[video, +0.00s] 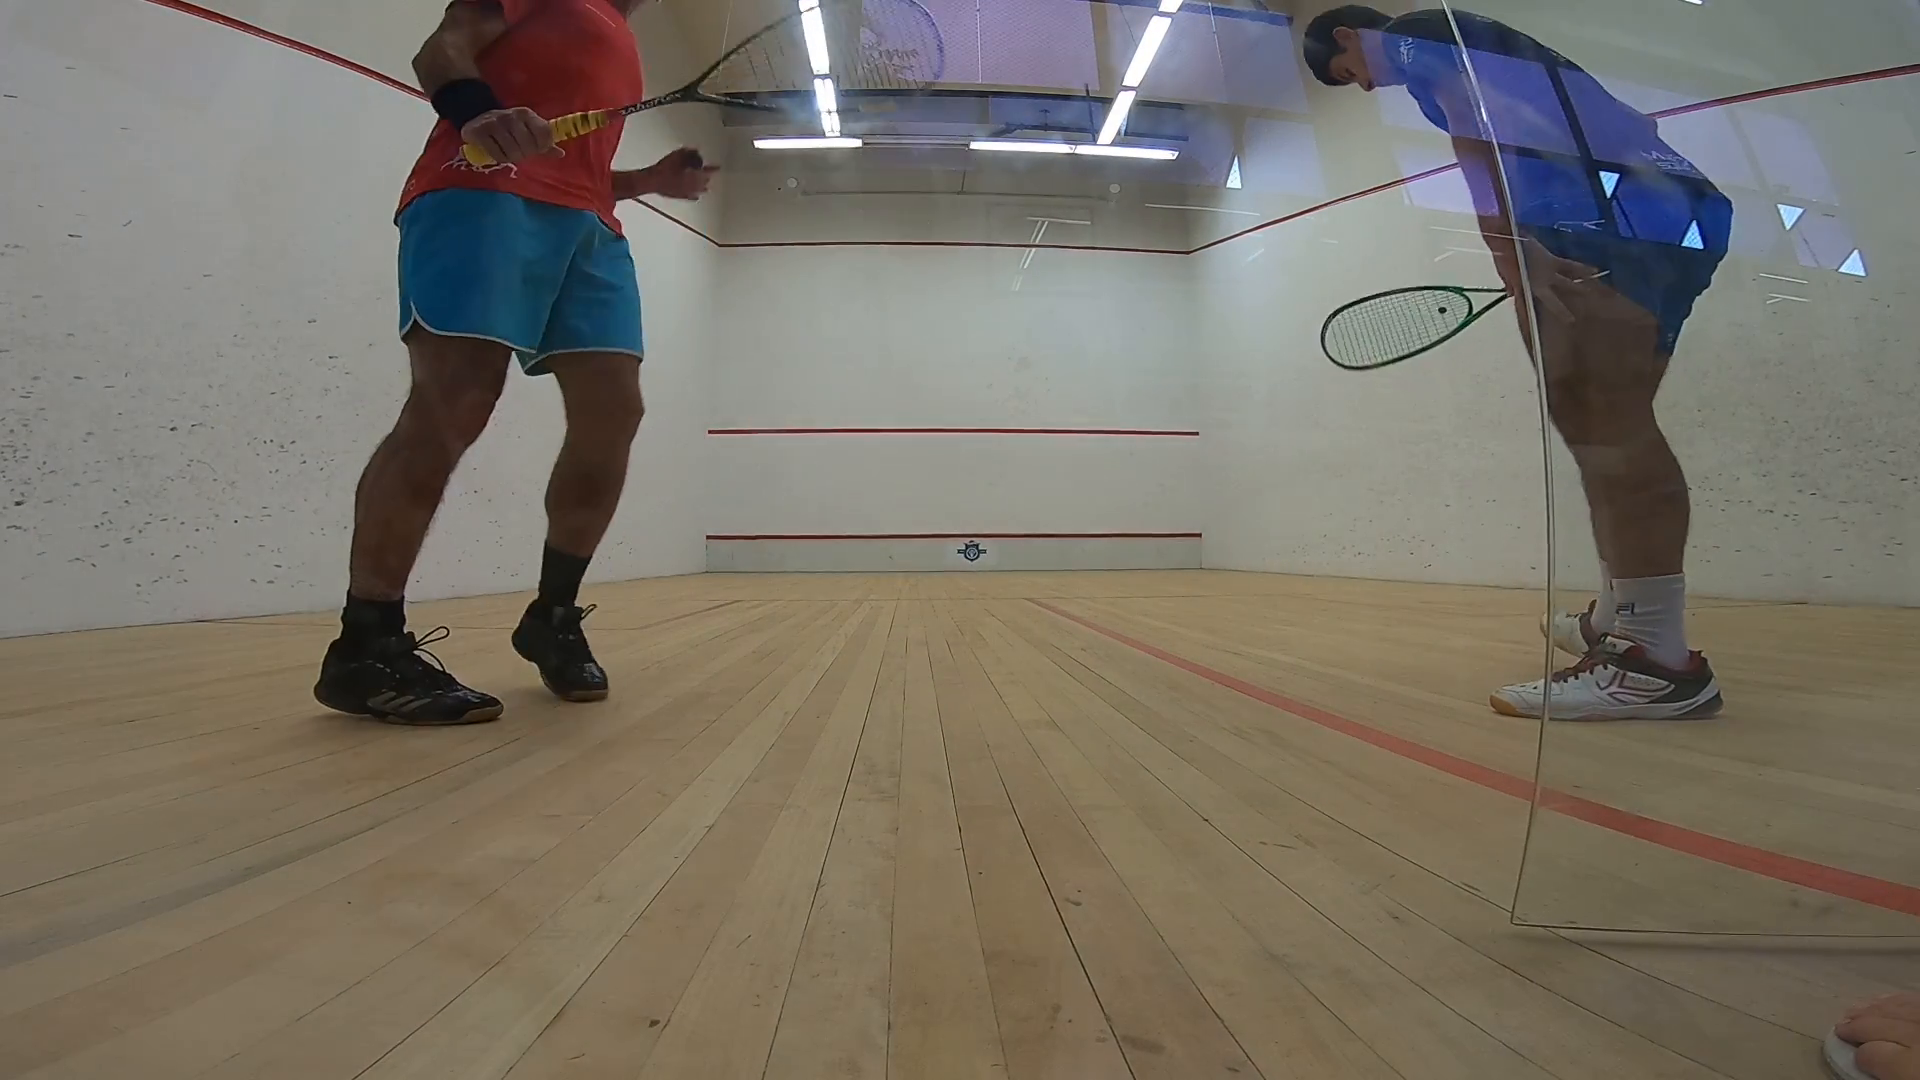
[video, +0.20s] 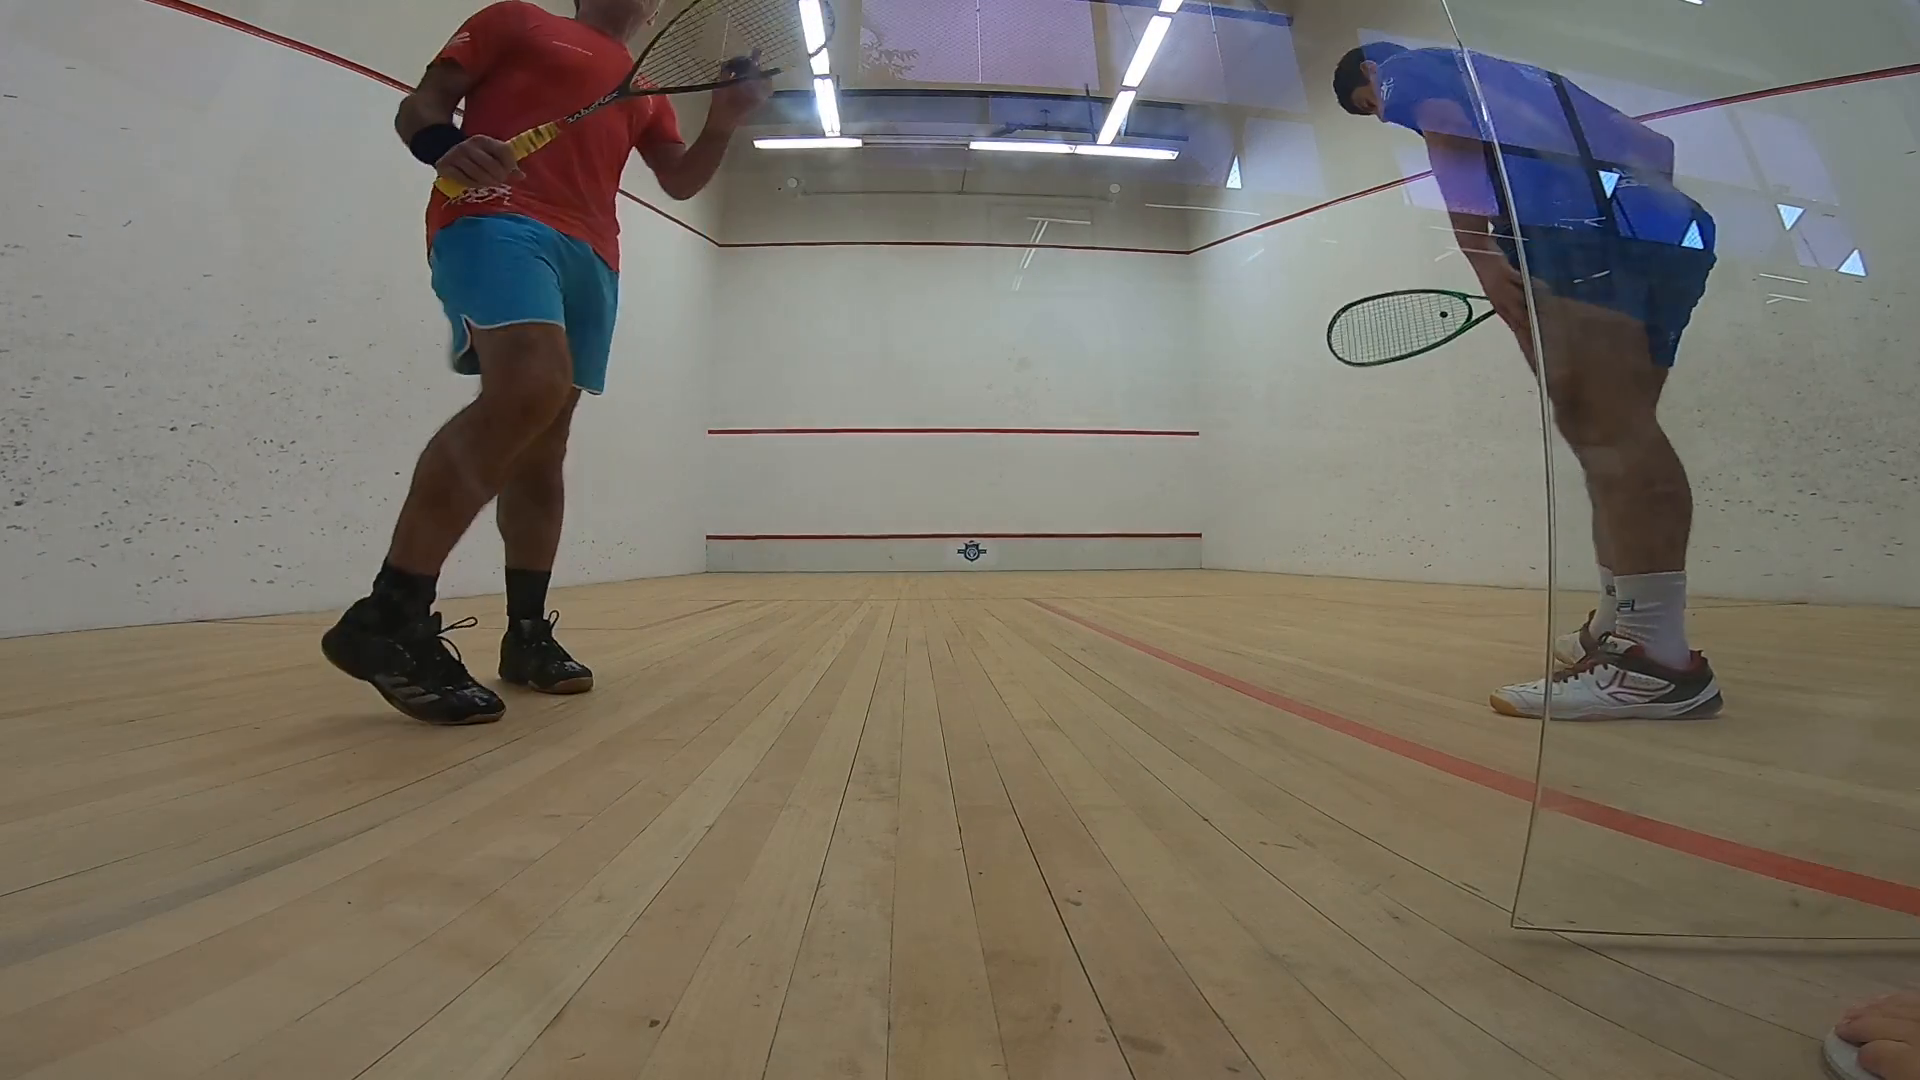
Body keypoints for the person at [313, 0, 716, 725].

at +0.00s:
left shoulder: (618, 43)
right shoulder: (520, 1)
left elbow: (571, 177)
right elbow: (437, 52)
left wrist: (649, 180)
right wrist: (479, 112)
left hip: (585, 223)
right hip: (483, 195)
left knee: (611, 411)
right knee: (451, 402)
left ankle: (554, 615)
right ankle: (366, 645)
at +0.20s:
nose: (650, 1)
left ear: (648, 16)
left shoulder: (643, 90)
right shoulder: (518, 21)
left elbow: (680, 178)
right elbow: (419, 107)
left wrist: (727, 117)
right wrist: (445, 146)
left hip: (588, 254)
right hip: (497, 217)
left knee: (546, 438)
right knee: (528, 385)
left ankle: (528, 633)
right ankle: (390, 615)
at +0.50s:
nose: (628, 0)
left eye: (635, 1)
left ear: (635, 11)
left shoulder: (643, 74)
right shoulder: (501, 27)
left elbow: (726, 112)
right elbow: (418, 119)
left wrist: (730, 16)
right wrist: (414, 176)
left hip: (579, 264)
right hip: (482, 230)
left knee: (538, 450)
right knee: (455, 403)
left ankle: (528, 635)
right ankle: (421, 658)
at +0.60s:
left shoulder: (641, 62)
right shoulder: (485, 19)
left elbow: (730, 77)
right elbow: (407, 114)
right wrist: (401, 174)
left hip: (575, 258)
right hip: (464, 232)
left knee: (541, 448)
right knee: (430, 416)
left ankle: (528, 635)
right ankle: (409, 661)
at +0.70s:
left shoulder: (640, 22)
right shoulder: (468, 6)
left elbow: (738, 58)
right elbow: (396, 100)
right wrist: (376, 162)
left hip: (568, 240)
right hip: (445, 217)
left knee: (539, 449)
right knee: (410, 414)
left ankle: (528, 632)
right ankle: (394, 671)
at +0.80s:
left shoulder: (634, 10)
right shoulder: (443, 2)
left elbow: (734, 27)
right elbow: (382, 90)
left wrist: (716, 10)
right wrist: (350, 148)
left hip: (560, 219)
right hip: (428, 191)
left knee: (538, 442)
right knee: (398, 410)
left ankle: (530, 626)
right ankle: (394, 673)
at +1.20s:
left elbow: (670, 5)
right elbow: (329, 24)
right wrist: (263, 84)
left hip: (546, 153)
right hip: (394, 133)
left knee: (555, 397)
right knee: (370, 396)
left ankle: (533, 584)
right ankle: (393, 670)